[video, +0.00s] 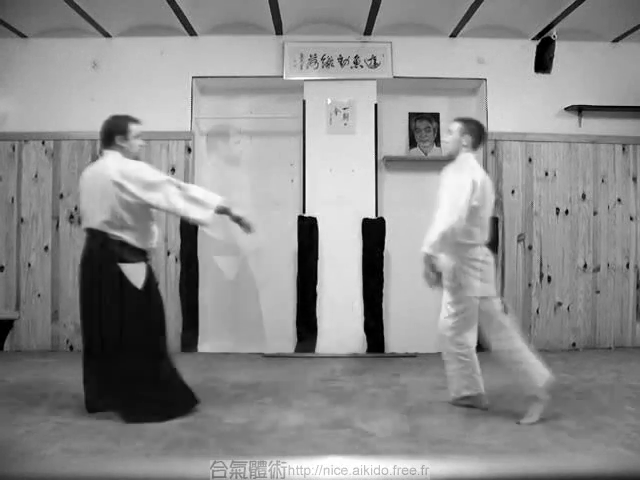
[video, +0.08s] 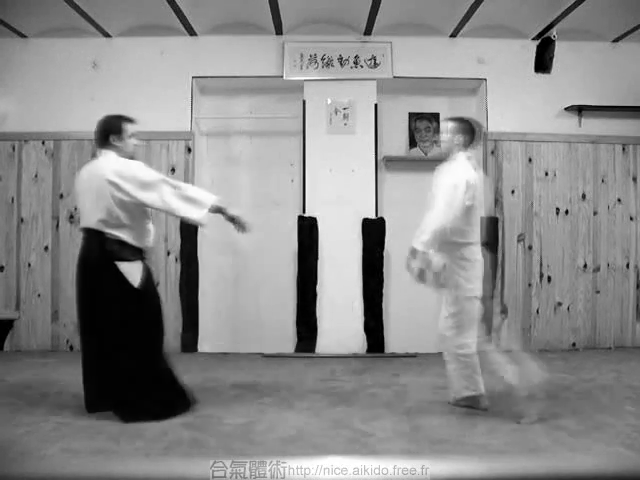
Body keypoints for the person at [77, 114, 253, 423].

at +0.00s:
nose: (142, 144)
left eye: (141, 137)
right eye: (137, 138)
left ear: (111, 141)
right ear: (118, 141)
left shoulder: (90, 171)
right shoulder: (127, 169)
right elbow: (173, 190)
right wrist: (224, 209)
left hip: (94, 255)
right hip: (124, 258)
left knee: (101, 326)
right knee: (143, 325)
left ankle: (100, 396)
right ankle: (157, 396)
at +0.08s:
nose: (138, 142)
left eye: (136, 136)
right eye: (132, 137)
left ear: (106, 141)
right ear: (113, 140)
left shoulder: (87, 170)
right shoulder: (122, 168)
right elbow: (167, 188)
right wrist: (220, 208)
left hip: (91, 255)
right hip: (120, 257)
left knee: (100, 327)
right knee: (142, 324)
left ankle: (101, 397)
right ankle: (151, 397)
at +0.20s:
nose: (133, 143)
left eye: (132, 136)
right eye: (128, 137)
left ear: (103, 141)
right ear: (109, 140)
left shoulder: (82, 172)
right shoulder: (121, 169)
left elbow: (83, 215)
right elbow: (167, 189)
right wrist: (219, 207)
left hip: (89, 257)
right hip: (119, 259)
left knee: (98, 329)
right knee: (141, 326)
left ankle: (103, 398)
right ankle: (148, 399)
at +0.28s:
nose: (131, 142)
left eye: (130, 136)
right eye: (126, 137)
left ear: (101, 142)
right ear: (108, 141)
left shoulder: (81, 173)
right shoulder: (120, 169)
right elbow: (166, 189)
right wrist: (218, 204)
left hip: (88, 258)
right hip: (119, 260)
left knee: (97, 330)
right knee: (137, 328)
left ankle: (103, 399)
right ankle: (148, 399)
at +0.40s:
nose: (131, 142)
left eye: (129, 136)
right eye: (126, 137)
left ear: (102, 142)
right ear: (108, 141)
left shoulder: (82, 174)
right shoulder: (124, 171)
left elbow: (80, 215)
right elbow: (167, 195)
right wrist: (218, 205)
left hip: (88, 258)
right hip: (120, 260)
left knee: (96, 329)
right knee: (137, 327)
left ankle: (101, 399)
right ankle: (144, 398)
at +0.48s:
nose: (132, 142)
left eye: (131, 136)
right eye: (126, 137)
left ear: (104, 142)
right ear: (109, 141)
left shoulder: (85, 173)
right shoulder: (123, 172)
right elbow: (163, 203)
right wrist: (213, 209)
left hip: (92, 255)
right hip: (121, 258)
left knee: (98, 328)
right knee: (137, 326)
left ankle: (101, 399)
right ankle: (143, 398)